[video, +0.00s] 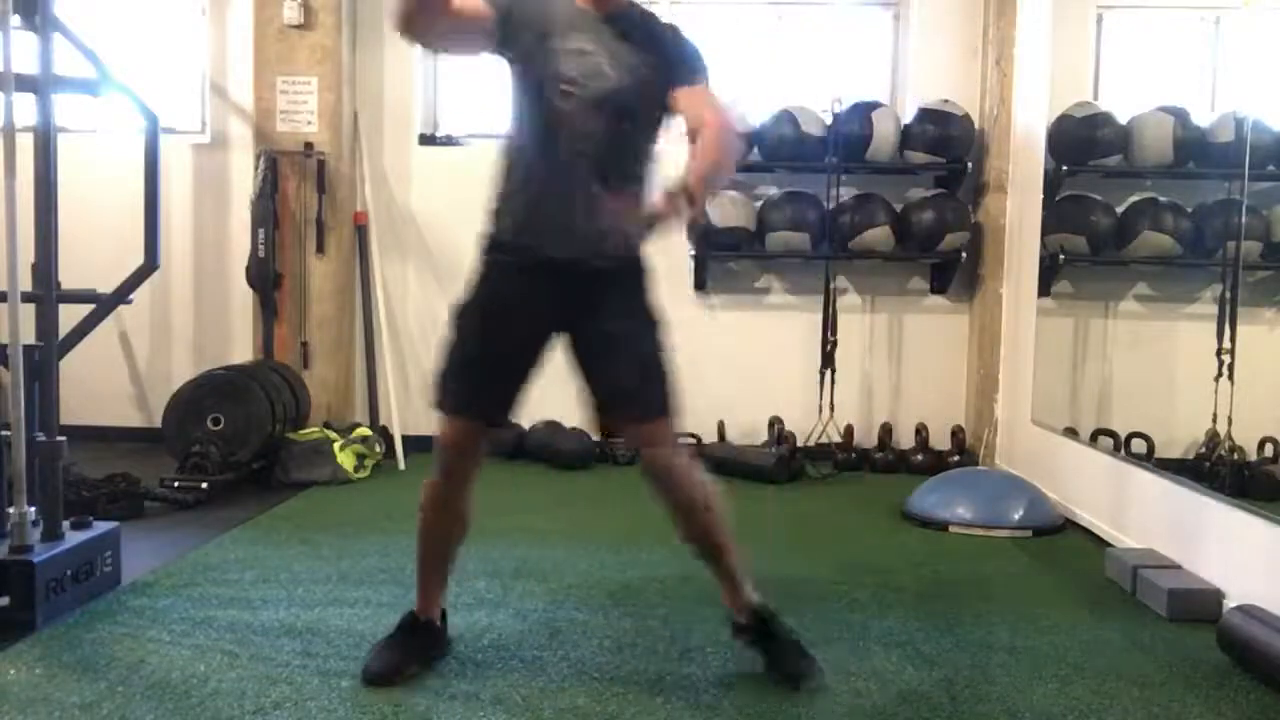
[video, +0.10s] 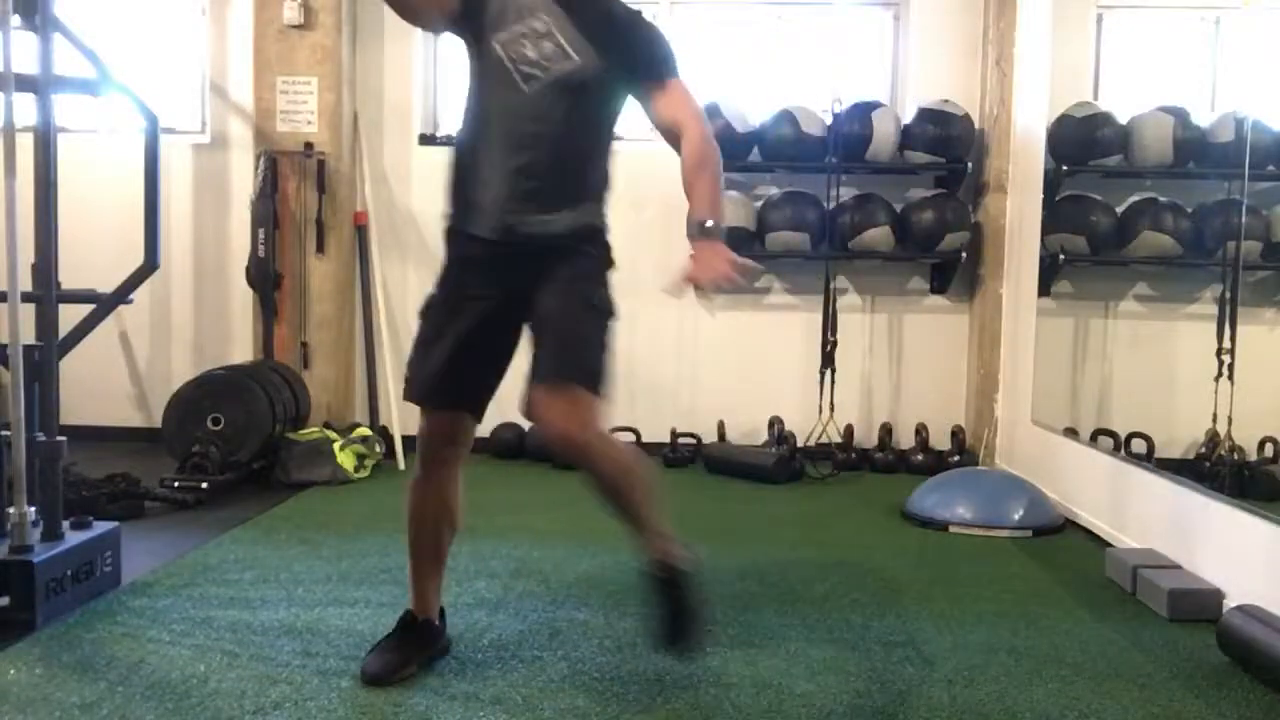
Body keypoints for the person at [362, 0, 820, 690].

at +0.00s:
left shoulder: (661, 43)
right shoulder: (525, 13)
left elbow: (715, 132)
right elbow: (420, 24)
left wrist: (680, 196)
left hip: (609, 273)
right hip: (516, 265)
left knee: (659, 451)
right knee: (455, 448)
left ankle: (749, 613)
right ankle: (426, 620)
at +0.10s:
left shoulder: (613, 24)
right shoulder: (480, 7)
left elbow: (693, 130)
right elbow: (414, 6)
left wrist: (706, 232)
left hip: (570, 253)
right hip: (479, 252)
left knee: (562, 418)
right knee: (440, 435)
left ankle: (666, 559)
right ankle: (423, 619)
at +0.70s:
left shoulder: (575, 24)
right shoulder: (437, 24)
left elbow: (660, 127)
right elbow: (359, 66)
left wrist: (712, 229)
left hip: (540, 244)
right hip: (459, 251)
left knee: (457, 360)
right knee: (410, 438)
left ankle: (557, 526)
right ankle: (423, 618)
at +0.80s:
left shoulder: (592, 28)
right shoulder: (452, 23)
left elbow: (678, 131)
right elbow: (370, 64)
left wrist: (729, 235)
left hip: (555, 260)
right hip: (467, 260)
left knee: (536, 429)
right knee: (421, 435)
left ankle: (633, 577)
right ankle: (423, 618)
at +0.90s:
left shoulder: (622, 29)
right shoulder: (483, 20)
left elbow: (710, 122)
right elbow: (394, 68)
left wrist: (759, 226)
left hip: (585, 269)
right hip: (496, 270)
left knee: (597, 452)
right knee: (450, 444)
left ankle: (656, 606)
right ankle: (427, 620)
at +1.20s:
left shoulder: (682, 31)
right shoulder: (547, 36)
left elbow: (783, 103)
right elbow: (474, 120)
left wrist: (863, 146)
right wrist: (508, 19)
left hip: (677, 275)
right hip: (585, 282)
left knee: (739, 441)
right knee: (564, 463)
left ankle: (751, 609)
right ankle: (553, 613)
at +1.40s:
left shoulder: (794, 44)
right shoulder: (656, 64)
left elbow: (915, 88)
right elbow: (577, 187)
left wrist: (961, 31)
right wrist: (613, 134)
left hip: (796, 293)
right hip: (697, 297)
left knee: (877, 461)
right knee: (635, 474)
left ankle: (929, 632)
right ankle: (561, 609)